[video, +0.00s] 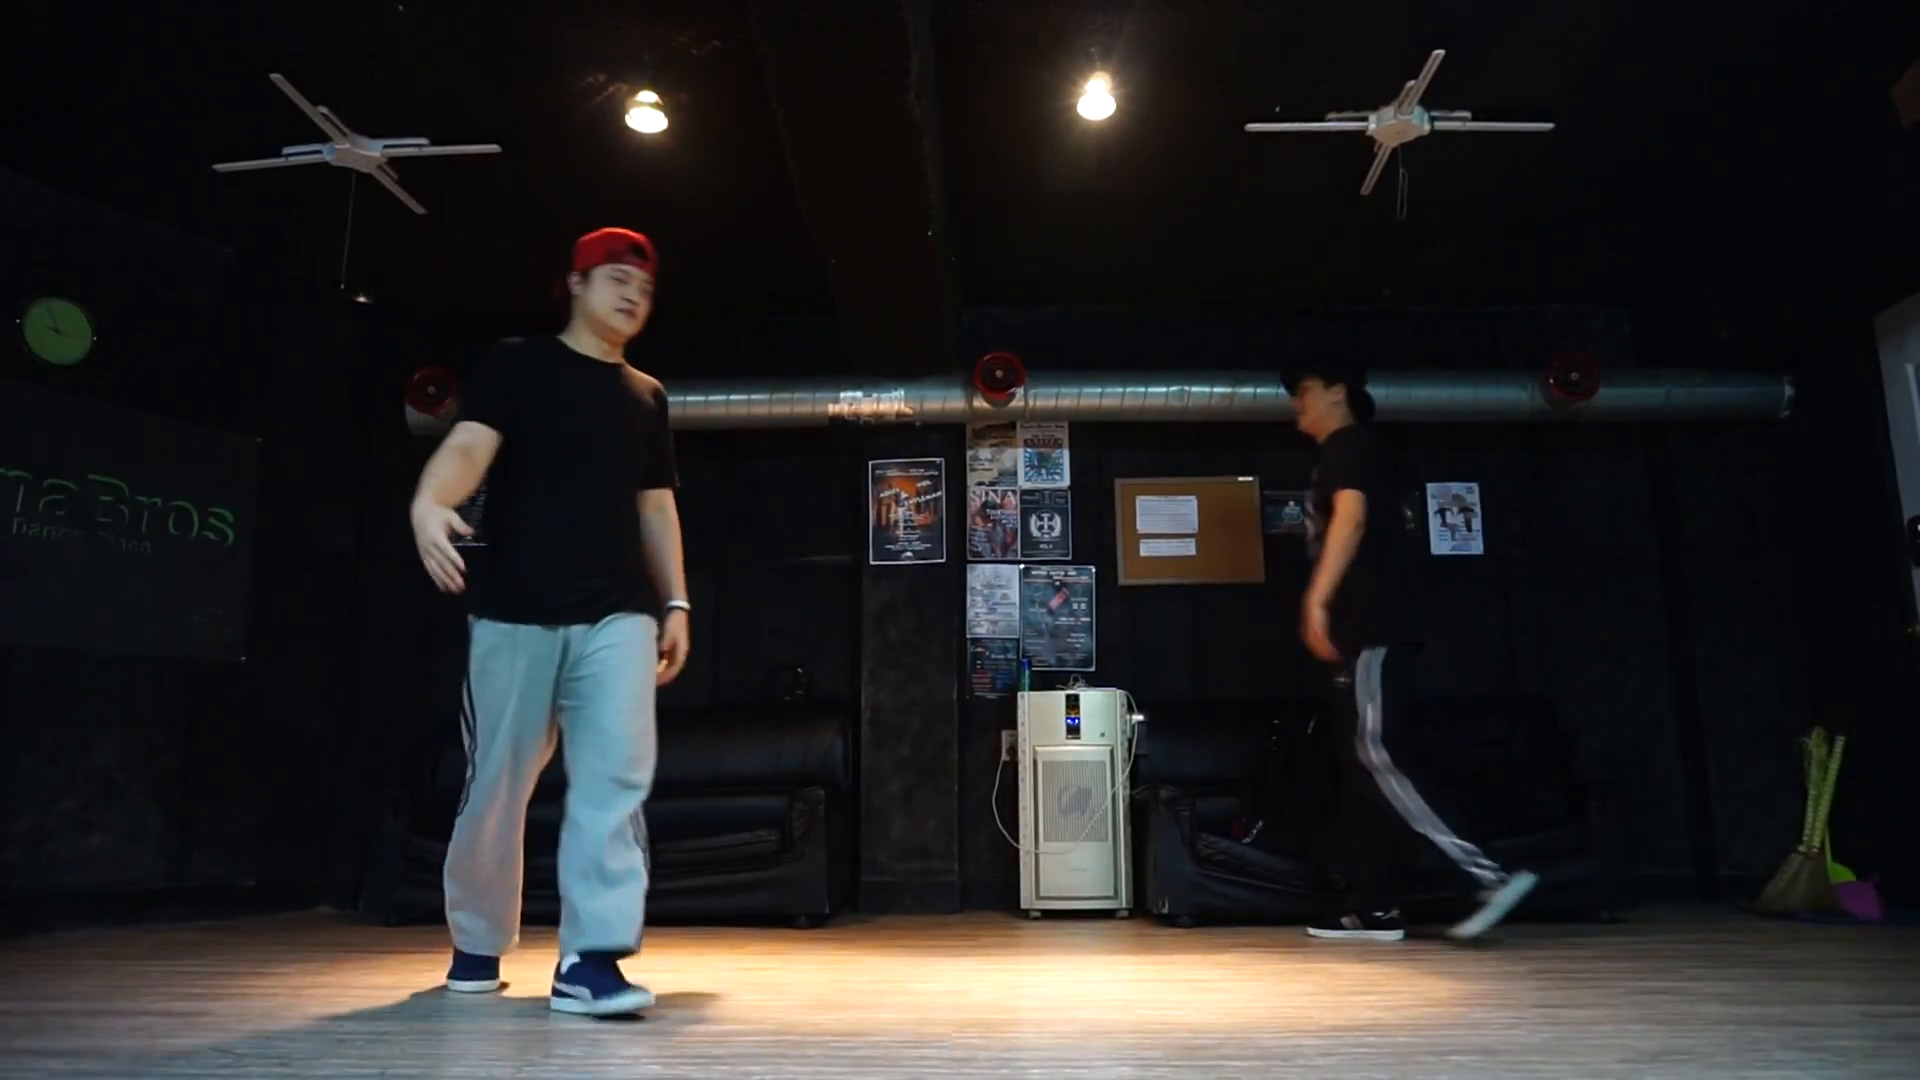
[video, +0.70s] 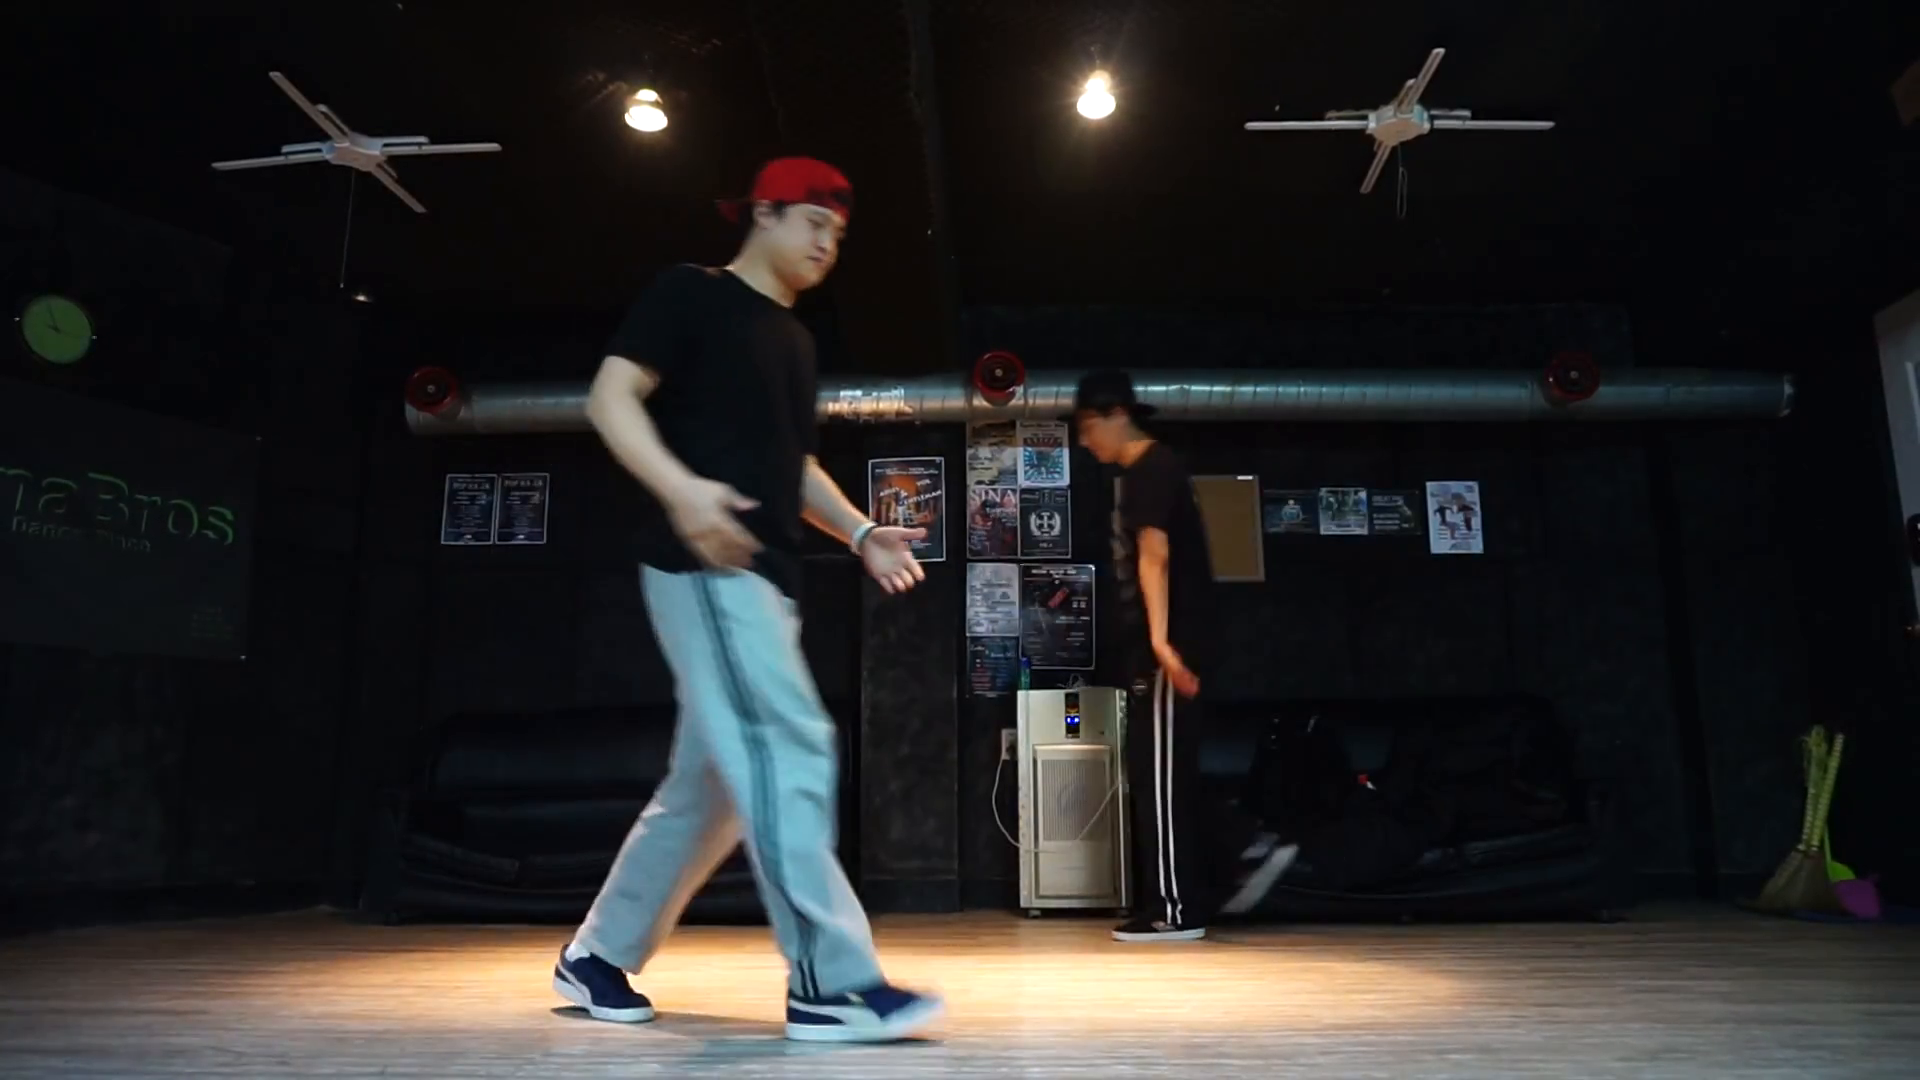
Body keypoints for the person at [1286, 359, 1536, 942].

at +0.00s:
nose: (1296, 406)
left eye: (1303, 393)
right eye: (1296, 395)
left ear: (1337, 392)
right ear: (1336, 393)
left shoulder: (1352, 446)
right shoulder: (1345, 450)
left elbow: (1350, 520)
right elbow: (1353, 531)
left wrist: (1316, 601)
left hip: (1375, 622)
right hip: (1363, 623)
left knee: (1376, 755)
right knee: (1358, 761)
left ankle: (1491, 879)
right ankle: (1374, 907)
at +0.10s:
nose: (1279, 404)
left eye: (1287, 391)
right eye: (1279, 393)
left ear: (1321, 392)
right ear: (1315, 395)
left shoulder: (1333, 448)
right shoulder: (1323, 455)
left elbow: (1327, 517)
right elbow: (1327, 541)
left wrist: (1262, 579)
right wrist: (1284, 590)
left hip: (1345, 626)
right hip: (1332, 625)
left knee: (1321, 755)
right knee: (1316, 759)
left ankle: (1411, 883)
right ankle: (1370, 901)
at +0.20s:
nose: (1256, 407)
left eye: (1265, 394)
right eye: (1256, 397)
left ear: (1300, 394)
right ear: (1291, 397)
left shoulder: (1312, 453)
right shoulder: (1301, 464)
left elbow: (1295, 522)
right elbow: (1284, 563)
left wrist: (1202, 563)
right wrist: (1204, 568)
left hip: (1317, 635)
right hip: (1322, 633)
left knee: (1285, 762)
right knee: (1340, 767)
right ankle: (1375, 906)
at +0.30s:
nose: (1229, 416)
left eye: (1237, 402)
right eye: (1227, 406)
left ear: (1273, 399)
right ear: (1258, 405)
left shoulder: (1290, 462)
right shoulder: (1277, 469)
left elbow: (1255, 538)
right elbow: (1246, 564)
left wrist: (1171, 553)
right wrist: (1167, 563)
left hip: (1297, 643)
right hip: (1296, 641)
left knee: (1261, 771)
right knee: (1334, 773)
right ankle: (1374, 907)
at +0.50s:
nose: (1160, 442)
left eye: (1164, 428)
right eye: (1156, 431)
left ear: (1194, 417)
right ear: (1178, 424)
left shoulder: (1225, 474)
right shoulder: (1220, 473)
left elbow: (1200, 562)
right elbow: (1202, 564)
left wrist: (1130, 608)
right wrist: (1137, 604)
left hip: (1229, 649)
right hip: (1236, 645)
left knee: (1192, 779)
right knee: (1271, 774)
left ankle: (1171, 912)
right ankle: (1360, 894)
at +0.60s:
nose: (1118, 447)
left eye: (1121, 432)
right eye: (1113, 435)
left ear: (1151, 419)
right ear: (1149, 424)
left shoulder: (1185, 474)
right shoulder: (1185, 473)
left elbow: (1171, 566)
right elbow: (1173, 569)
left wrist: (1141, 649)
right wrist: (1142, 651)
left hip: (1201, 651)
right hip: (1200, 649)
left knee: (1173, 780)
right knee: (1204, 778)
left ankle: (1170, 913)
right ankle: (1317, 862)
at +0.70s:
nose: (1084, 441)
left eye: (1087, 428)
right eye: (1081, 430)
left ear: (1117, 416)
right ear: (1115, 419)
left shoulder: (1150, 470)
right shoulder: (1145, 469)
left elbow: (1154, 558)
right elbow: (1152, 559)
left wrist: (1161, 642)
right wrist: (1158, 644)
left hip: (1167, 652)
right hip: (1156, 650)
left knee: (1160, 783)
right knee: (1160, 779)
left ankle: (1171, 912)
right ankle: (1252, 848)